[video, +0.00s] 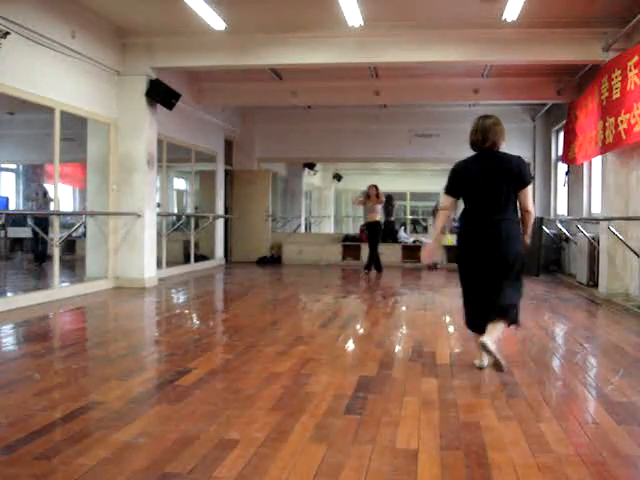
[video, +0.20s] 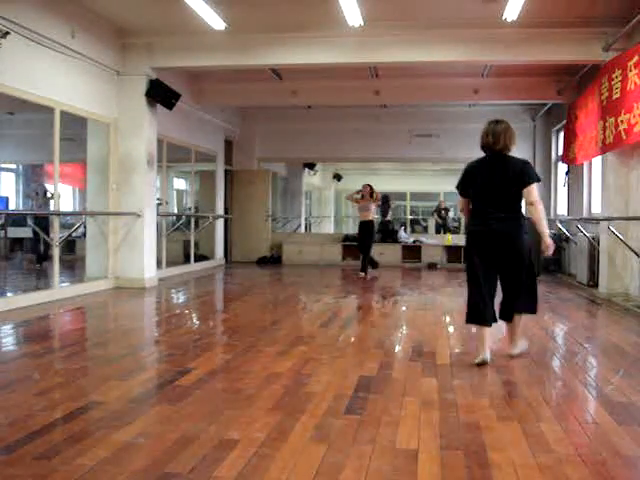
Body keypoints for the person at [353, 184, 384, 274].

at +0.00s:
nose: (371, 191)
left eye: (373, 189)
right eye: (370, 189)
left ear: (376, 191)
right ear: (368, 191)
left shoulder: (377, 200)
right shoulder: (366, 200)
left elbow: (382, 201)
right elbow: (355, 202)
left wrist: (380, 194)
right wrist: (362, 196)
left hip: (376, 222)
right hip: (368, 222)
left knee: (373, 247)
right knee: (372, 247)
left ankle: (367, 268)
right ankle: (379, 268)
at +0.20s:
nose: (364, 189)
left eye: (366, 187)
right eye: (363, 188)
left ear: (370, 190)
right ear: (362, 190)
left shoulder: (372, 201)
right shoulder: (359, 201)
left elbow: (378, 200)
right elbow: (348, 198)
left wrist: (376, 193)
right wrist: (356, 193)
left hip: (370, 221)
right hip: (362, 222)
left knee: (366, 247)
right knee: (361, 247)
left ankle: (363, 270)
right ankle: (374, 263)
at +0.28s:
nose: (361, 189)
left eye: (363, 187)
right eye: (360, 187)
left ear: (366, 190)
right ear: (358, 189)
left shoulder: (368, 200)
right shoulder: (356, 200)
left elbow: (374, 198)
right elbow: (344, 197)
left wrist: (373, 192)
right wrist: (353, 192)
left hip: (366, 221)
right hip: (358, 221)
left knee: (365, 247)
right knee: (355, 248)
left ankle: (363, 271)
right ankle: (364, 264)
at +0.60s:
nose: (345, 190)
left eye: (347, 188)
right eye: (344, 188)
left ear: (351, 190)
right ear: (342, 190)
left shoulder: (352, 201)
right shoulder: (339, 200)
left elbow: (359, 192)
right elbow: (329, 193)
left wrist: (353, 193)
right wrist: (338, 192)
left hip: (348, 222)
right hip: (339, 222)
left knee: (353, 247)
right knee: (336, 248)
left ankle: (361, 270)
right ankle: (332, 272)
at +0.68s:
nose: (344, 190)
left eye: (346, 188)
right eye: (342, 188)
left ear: (349, 190)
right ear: (341, 190)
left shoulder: (351, 201)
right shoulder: (337, 200)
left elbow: (357, 192)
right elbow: (327, 193)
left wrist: (352, 192)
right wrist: (337, 191)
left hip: (346, 222)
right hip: (337, 222)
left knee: (351, 247)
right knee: (335, 248)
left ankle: (360, 269)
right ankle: (332, 271)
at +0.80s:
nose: (337, 188)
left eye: (339, 186)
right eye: (336, 186)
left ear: (343, 190)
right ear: (335, 188)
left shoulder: (343, 201)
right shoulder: (330, 199)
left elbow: (351, 194)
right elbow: (317, 193)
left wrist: (349, 190)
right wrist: (328, 187)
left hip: (339, 221)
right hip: (332, 221)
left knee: (339, 248)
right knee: (332, 249)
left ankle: (347, 266)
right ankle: (333, 272)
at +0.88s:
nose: (334, 188)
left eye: (336, 186)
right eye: (333, 186)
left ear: (339, 190)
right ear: (330, 188)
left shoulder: (338, 200)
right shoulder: (326, 199)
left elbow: (344, 200)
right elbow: (314, 195)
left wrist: (346, 192)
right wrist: (317, 186)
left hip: (335, 221)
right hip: (328, 221)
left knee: (332, 247)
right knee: (329, 248)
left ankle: (333, 271)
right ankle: (332, 270)